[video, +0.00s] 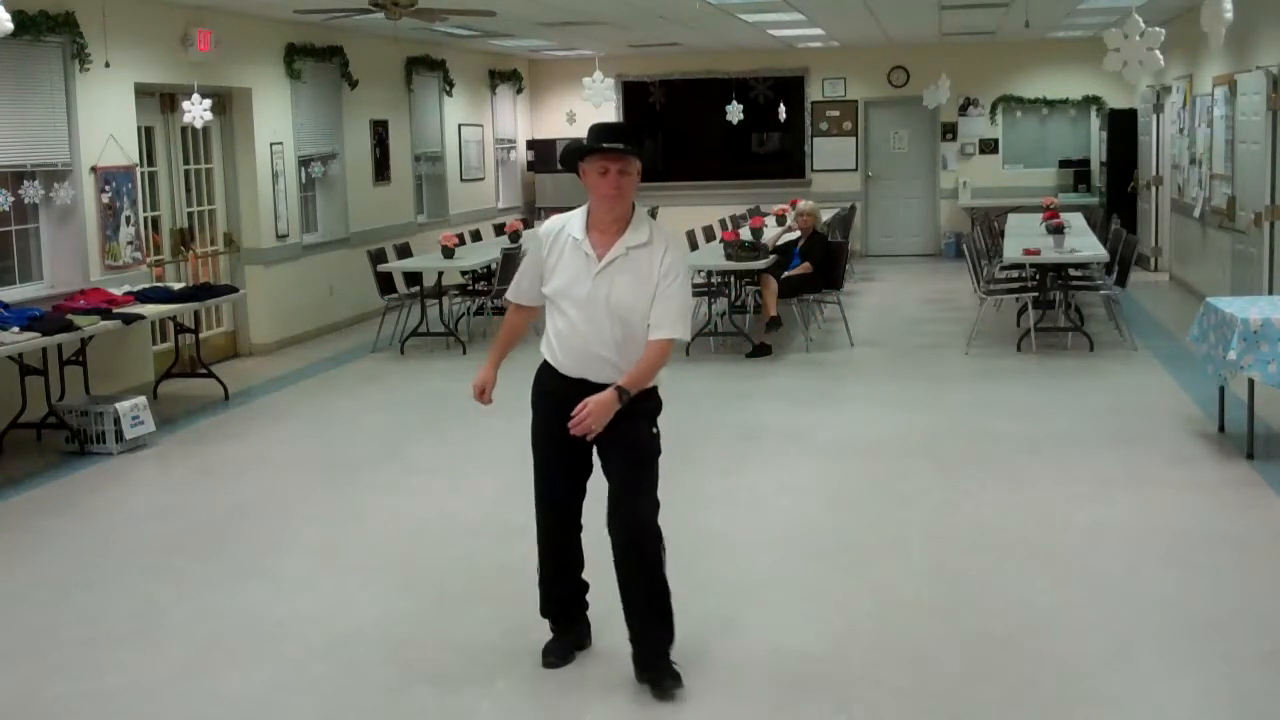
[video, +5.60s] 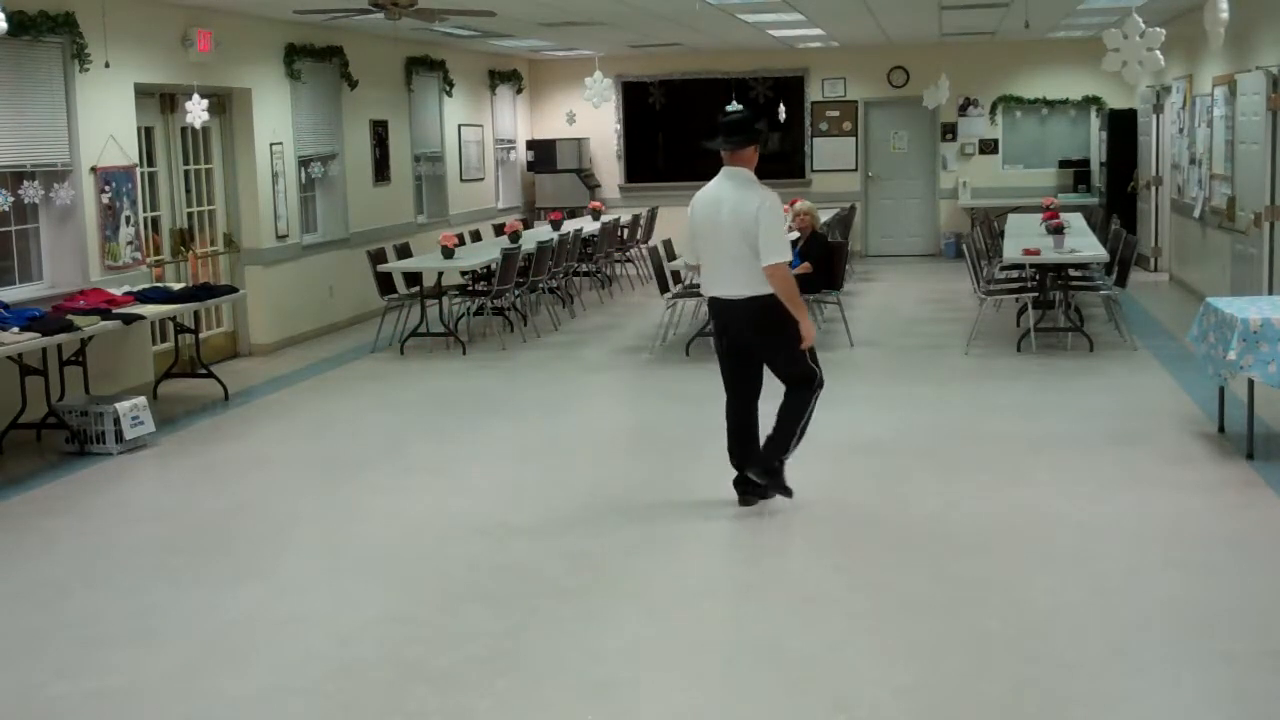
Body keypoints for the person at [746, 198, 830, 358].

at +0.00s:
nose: (804, 218)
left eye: (808, 215)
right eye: (801, 215)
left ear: (815, 219)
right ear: (796, 220)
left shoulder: (820, 239)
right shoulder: (796, 241)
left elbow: (809, 267)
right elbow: (767, 249)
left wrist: (785, 276)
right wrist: (784, 230)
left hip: (809, 278)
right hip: (789, 274)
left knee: (767, 291)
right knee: (765, 275)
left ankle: (763, 344)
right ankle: (773, 316)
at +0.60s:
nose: (804, 218)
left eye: (808, 215)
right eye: (800, 215)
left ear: (815, 219)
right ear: (796, 220)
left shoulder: (819, 239)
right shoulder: (796, 241)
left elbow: (809, 267)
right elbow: (768, 249)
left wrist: (785, 276)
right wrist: (784, 229)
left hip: (809, 278)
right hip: (790, 274)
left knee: (765, 290)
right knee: (766, 276)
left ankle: (761, 343)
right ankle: (771, 327)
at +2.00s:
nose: (804, 219)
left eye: (808, 216)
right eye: (800, 216)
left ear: (815, 219)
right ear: (795, 219)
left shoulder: (820, 239)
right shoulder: (795, 242)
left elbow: (810, 266)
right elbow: (768, 249)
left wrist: (787, 274)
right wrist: (784, 231)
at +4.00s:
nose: (802, 220)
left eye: (806, 216)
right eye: (798, 217)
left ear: (814, 219)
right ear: (795, 221)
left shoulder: (820, 240)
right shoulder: (796, 242)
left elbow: (809, 267)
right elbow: (767, 249)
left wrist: (785, 276)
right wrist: (785, 230)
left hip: (809, 279)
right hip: (790, 275)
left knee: (769, 291)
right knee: (765, 275)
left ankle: (769, 343)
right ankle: (773, 315)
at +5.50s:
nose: (801, 218)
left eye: (805, 215)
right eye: (798, 215)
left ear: (812, 218)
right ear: (794, 220)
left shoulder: (819, 239)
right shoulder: (795, 242)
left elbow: (809, 266)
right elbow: (768, 249)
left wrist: (786, 275)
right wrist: (785, 231)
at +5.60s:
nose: (801, 218)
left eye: (805, 215)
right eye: (798, 215)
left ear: (812, 218)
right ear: (794, 220)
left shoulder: (819, 239)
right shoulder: (793, 241)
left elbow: (810, 266)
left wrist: (787, 275)